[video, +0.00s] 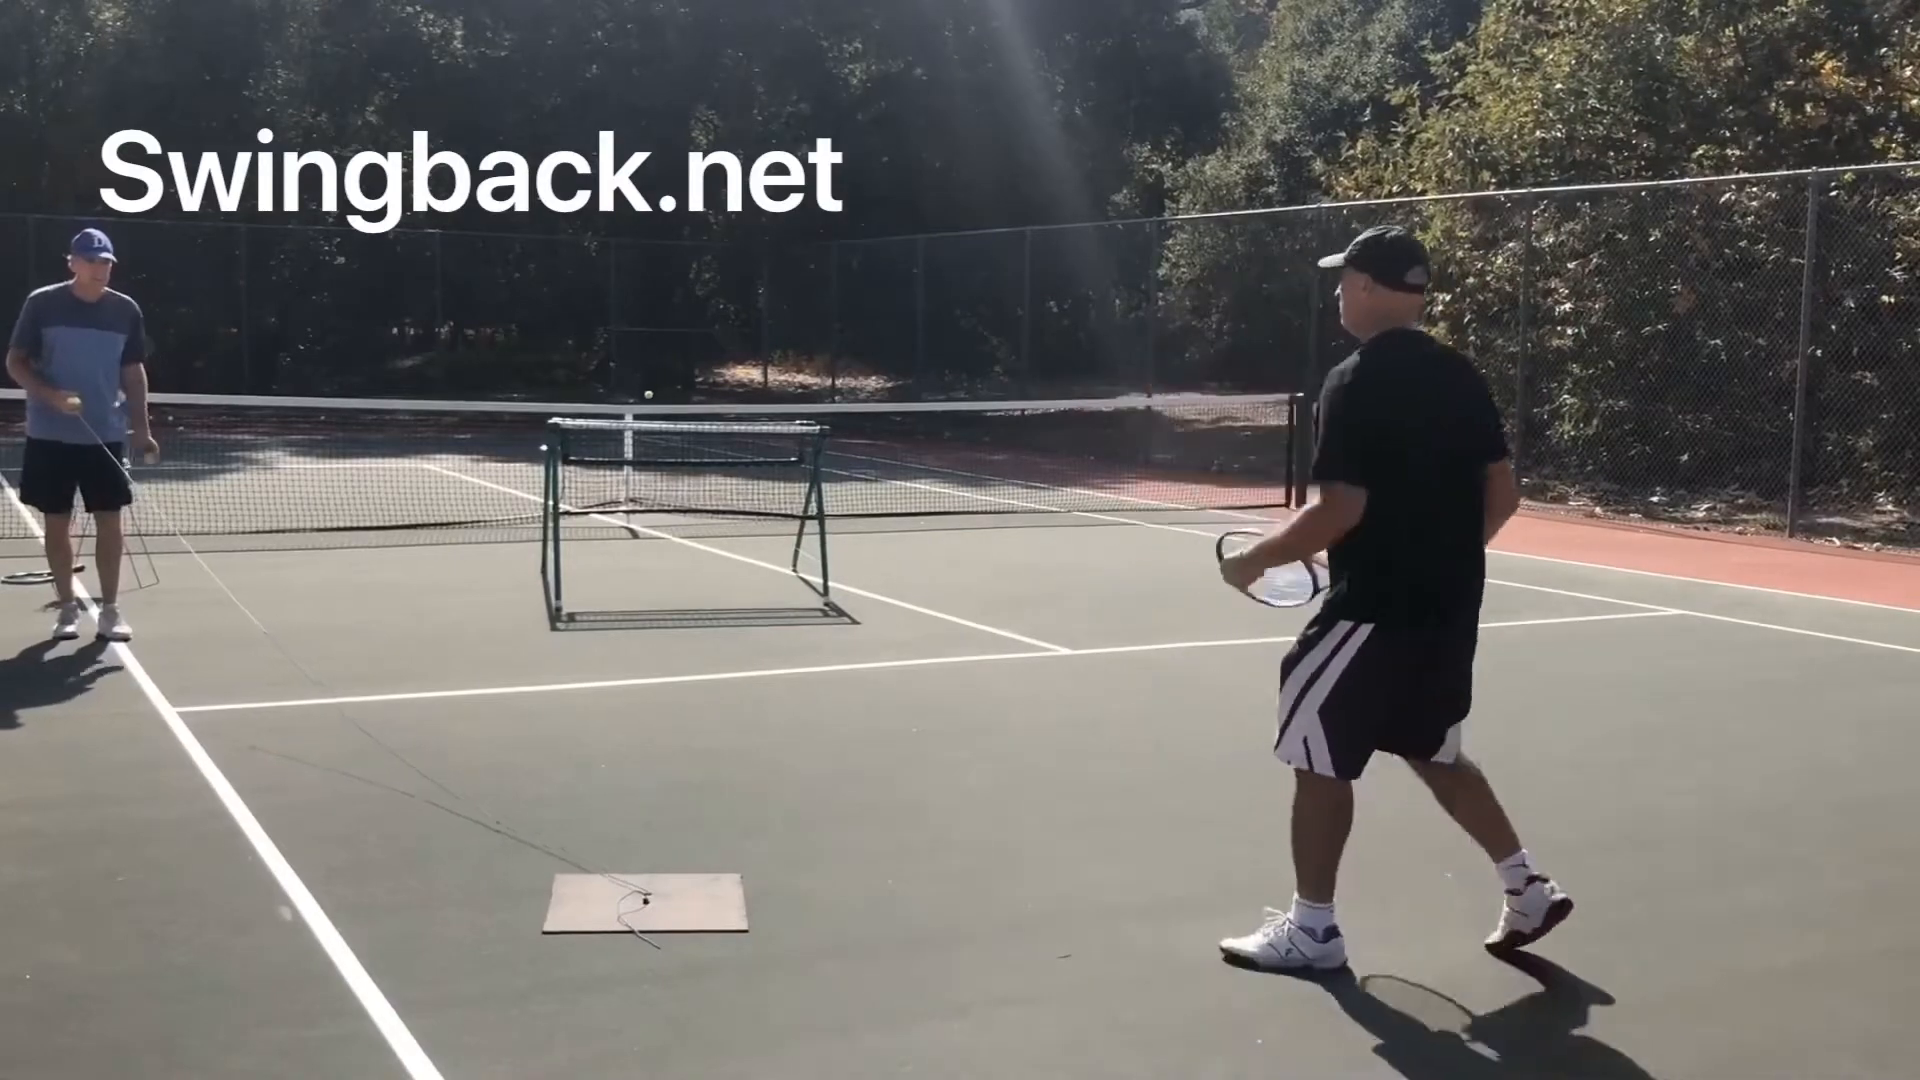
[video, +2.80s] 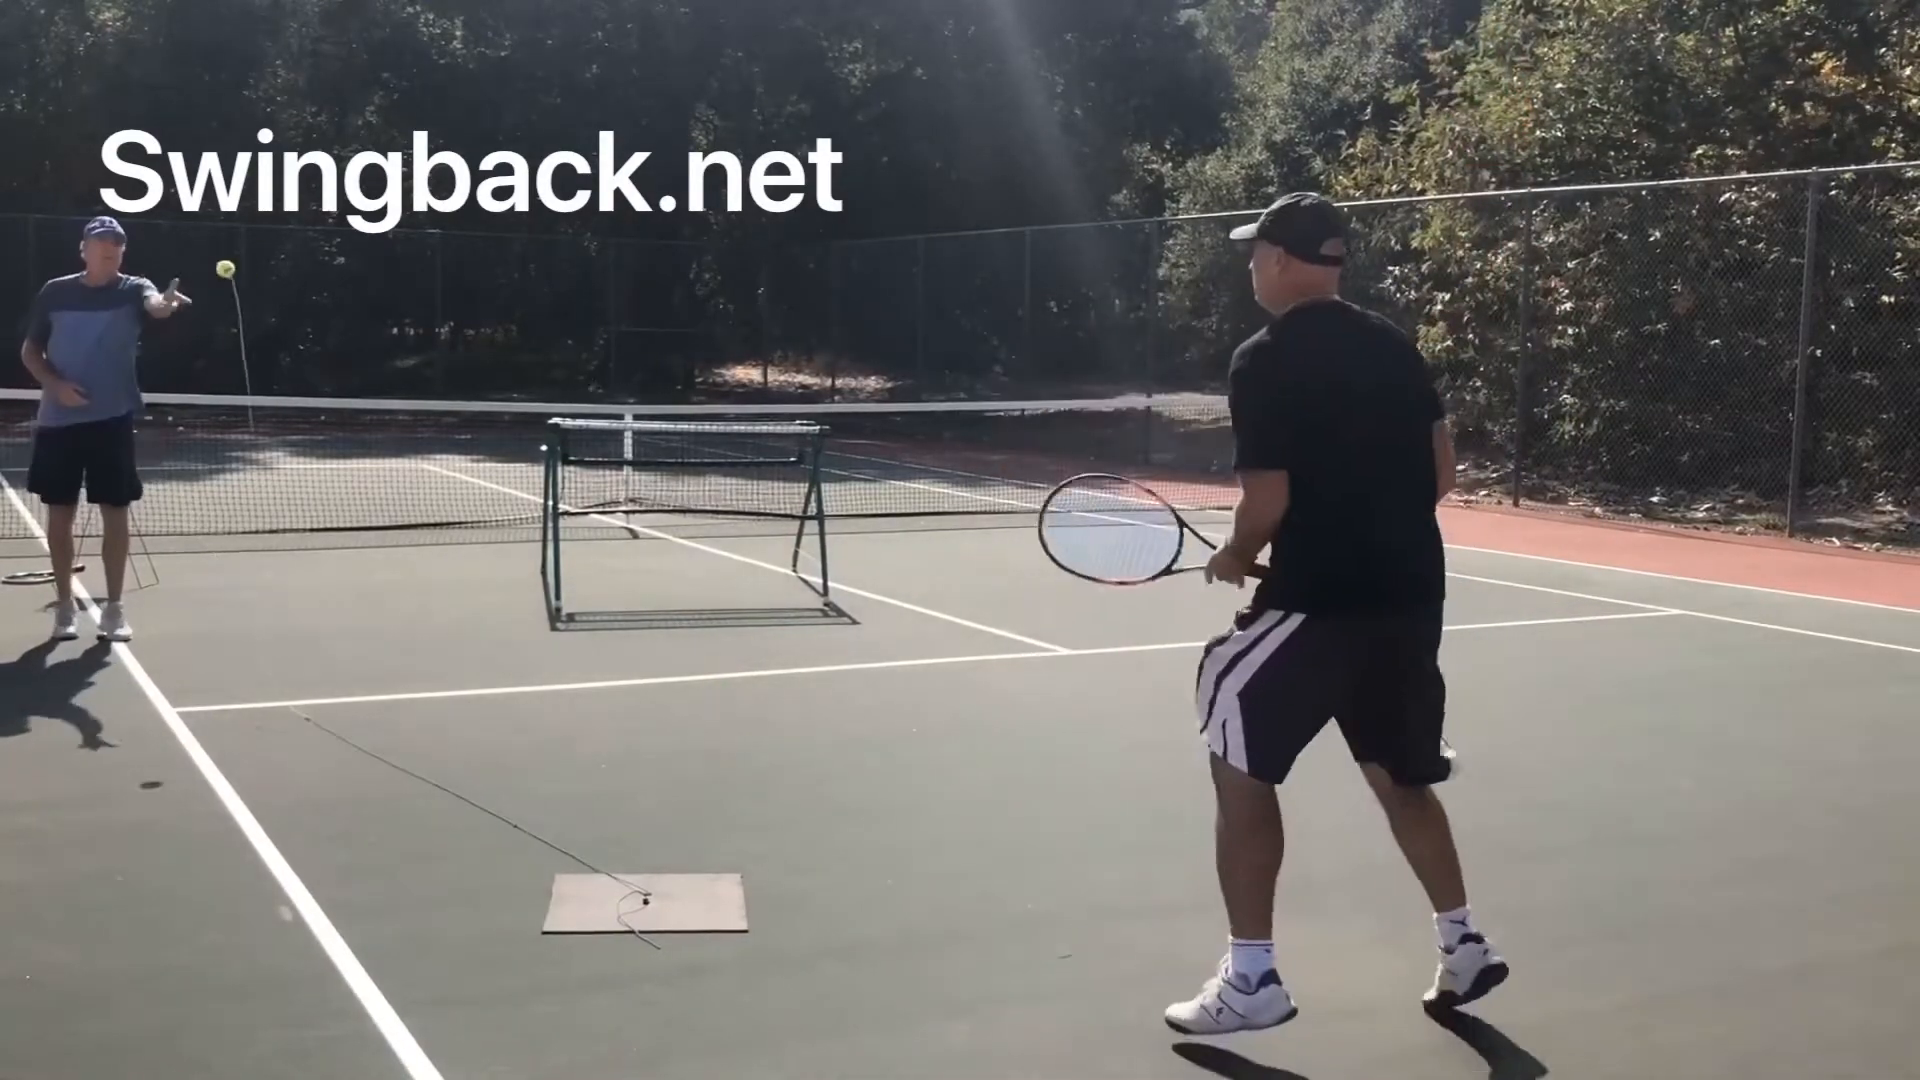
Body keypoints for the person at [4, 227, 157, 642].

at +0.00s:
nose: (101, 271)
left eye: (106, 263)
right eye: (93, 262)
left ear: (113, 266)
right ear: (72, 263)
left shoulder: (126, 311)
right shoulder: (41, 304)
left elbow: (134, 371)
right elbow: (15, 361)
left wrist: (141, 429)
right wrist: (49, 394)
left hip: (105, 438)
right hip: (51, 438)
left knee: (110, 521)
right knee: (56, 523)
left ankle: (110, 609)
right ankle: (68, 605)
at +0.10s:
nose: (99, 267)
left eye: (105, 260)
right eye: (91, 259)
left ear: (111, 264)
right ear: (72, 260)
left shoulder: (127, 308)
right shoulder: (41, 302)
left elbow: (143, 365)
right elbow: (16, 359)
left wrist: (158, 413)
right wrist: (47, 391)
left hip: (106, 438)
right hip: (51, 437)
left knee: (110, 521)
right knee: (57, 523)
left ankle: (109, 610)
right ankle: (67, 607)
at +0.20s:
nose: (101, 261)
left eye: (106, 254)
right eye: (92, 253)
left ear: (112, 259)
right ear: (73, 257)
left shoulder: (129, 306)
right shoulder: (42, 300)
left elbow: (156, 345)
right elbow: (16, 358)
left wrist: (177, 364)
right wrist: (46, 388)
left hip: (107, 436)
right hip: (52, 435)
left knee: (110, 520)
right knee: (58, 520)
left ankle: (110, 609)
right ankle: (68, 606)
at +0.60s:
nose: (93, 256)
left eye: (99, 249)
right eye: (86, 249)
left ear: (107, 255)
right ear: (69, 254)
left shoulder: (126, 299)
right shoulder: (41, 300)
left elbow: (157, 347)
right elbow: (22, 360)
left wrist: (122, 343)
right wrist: (51, 382)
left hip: (113, 430)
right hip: (57, 433)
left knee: (113, 519)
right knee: (60, 521)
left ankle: (111, 610)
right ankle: (68, 607)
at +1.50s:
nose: (87, 265)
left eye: (94, 258)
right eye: (80, 257)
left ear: (103, 260)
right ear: (63, 257)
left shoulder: (120, 302)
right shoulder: (36, 303)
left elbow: (135, 360)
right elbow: (17, 365)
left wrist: (138, 404)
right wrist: (59, 392)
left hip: (108, 433)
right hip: (54, 436)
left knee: (111, 518)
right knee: (59, 520)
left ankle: (110, 609)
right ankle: (68, 608)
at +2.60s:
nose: (103, 263)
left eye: (109, 256)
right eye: (95, 256)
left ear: (117, 260)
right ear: (79, 258)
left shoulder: (135, 304)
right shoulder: (49, 301)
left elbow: (158, 348)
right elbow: (23, 357)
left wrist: (169, 369)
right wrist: (54, 393)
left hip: (112, 435)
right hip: (58, 435)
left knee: (114, 520)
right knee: (60, 520)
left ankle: (110, 609)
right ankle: (68, 607)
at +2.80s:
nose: (108, 248)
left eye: (115, 241)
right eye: (101, 240)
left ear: (123, 249)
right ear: (84, 247)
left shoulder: (135, 288)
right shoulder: (55, 292)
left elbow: (154, 305)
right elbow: (29, 351)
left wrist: (168, 304)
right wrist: (55, 384)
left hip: (113, 423)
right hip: (60, 424)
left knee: (115, 513)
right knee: (60, 513)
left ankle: (113, 608)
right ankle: (65, 605)